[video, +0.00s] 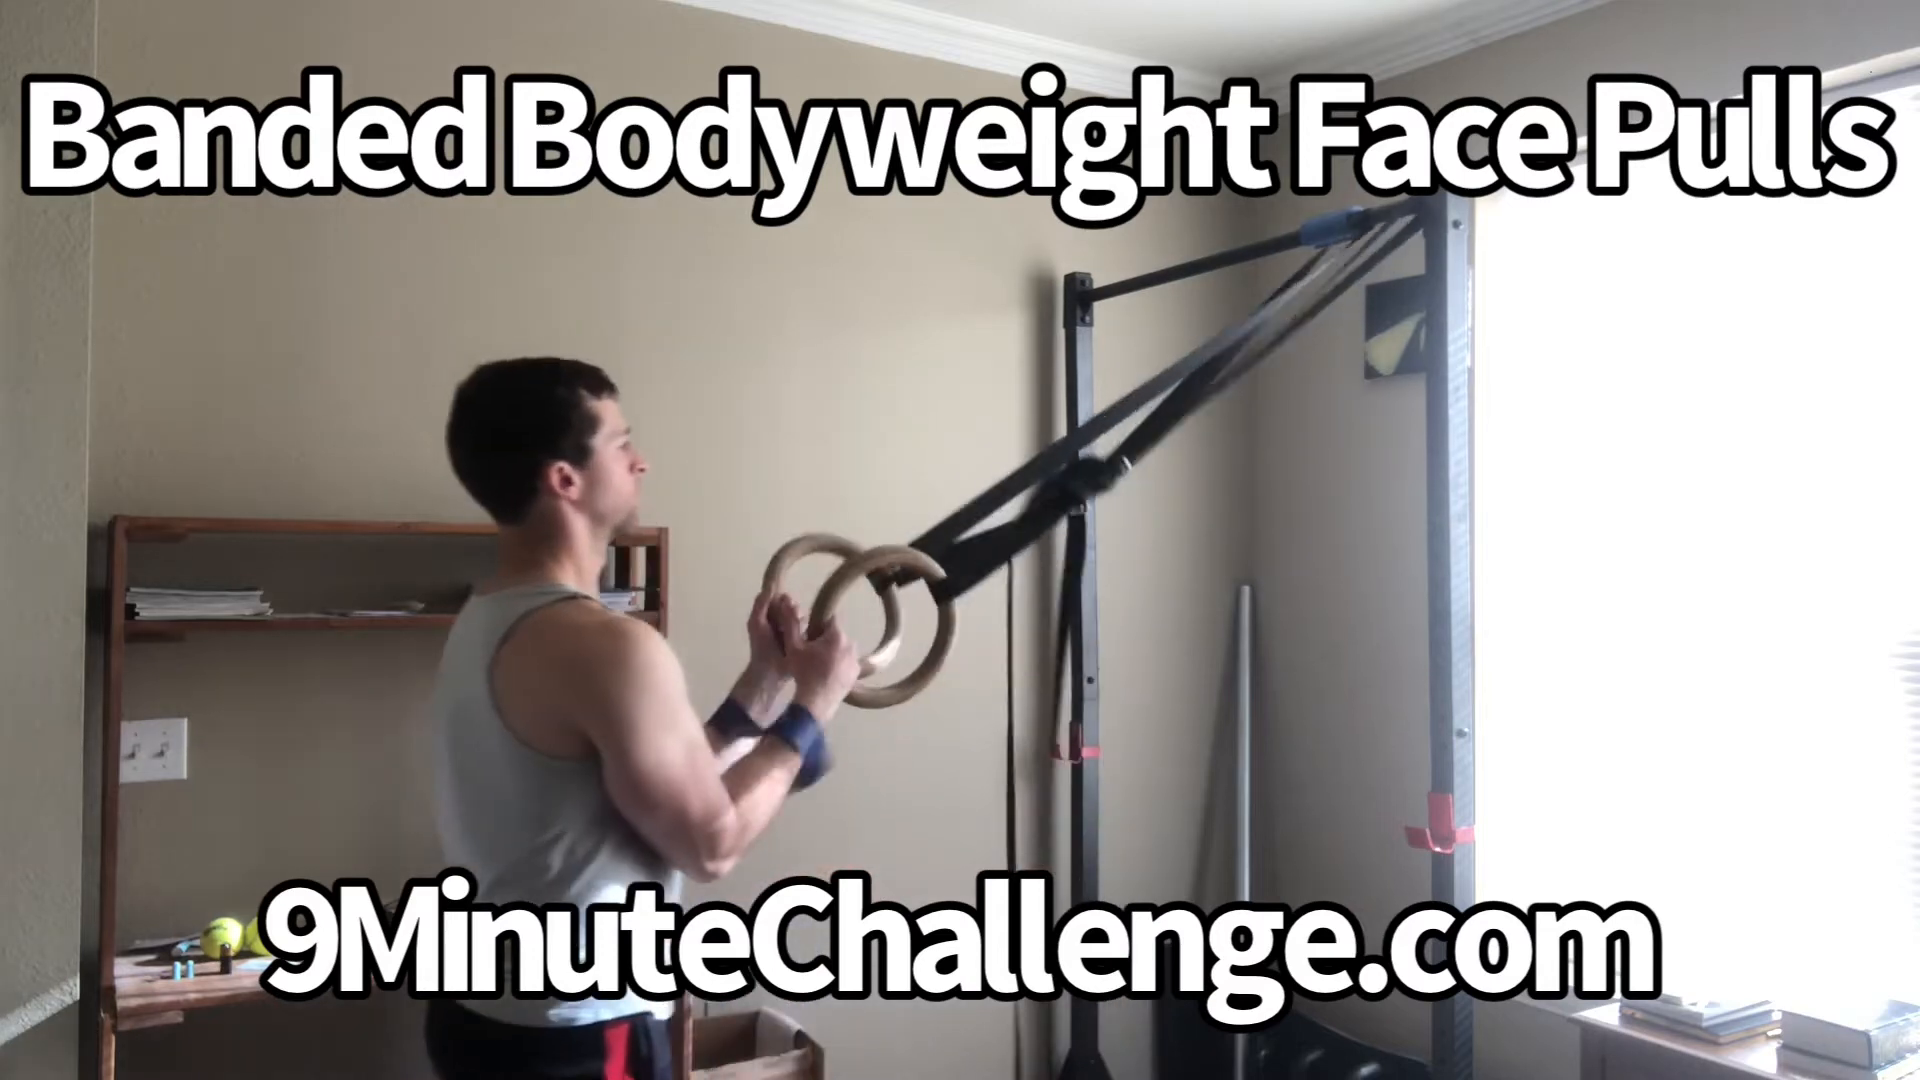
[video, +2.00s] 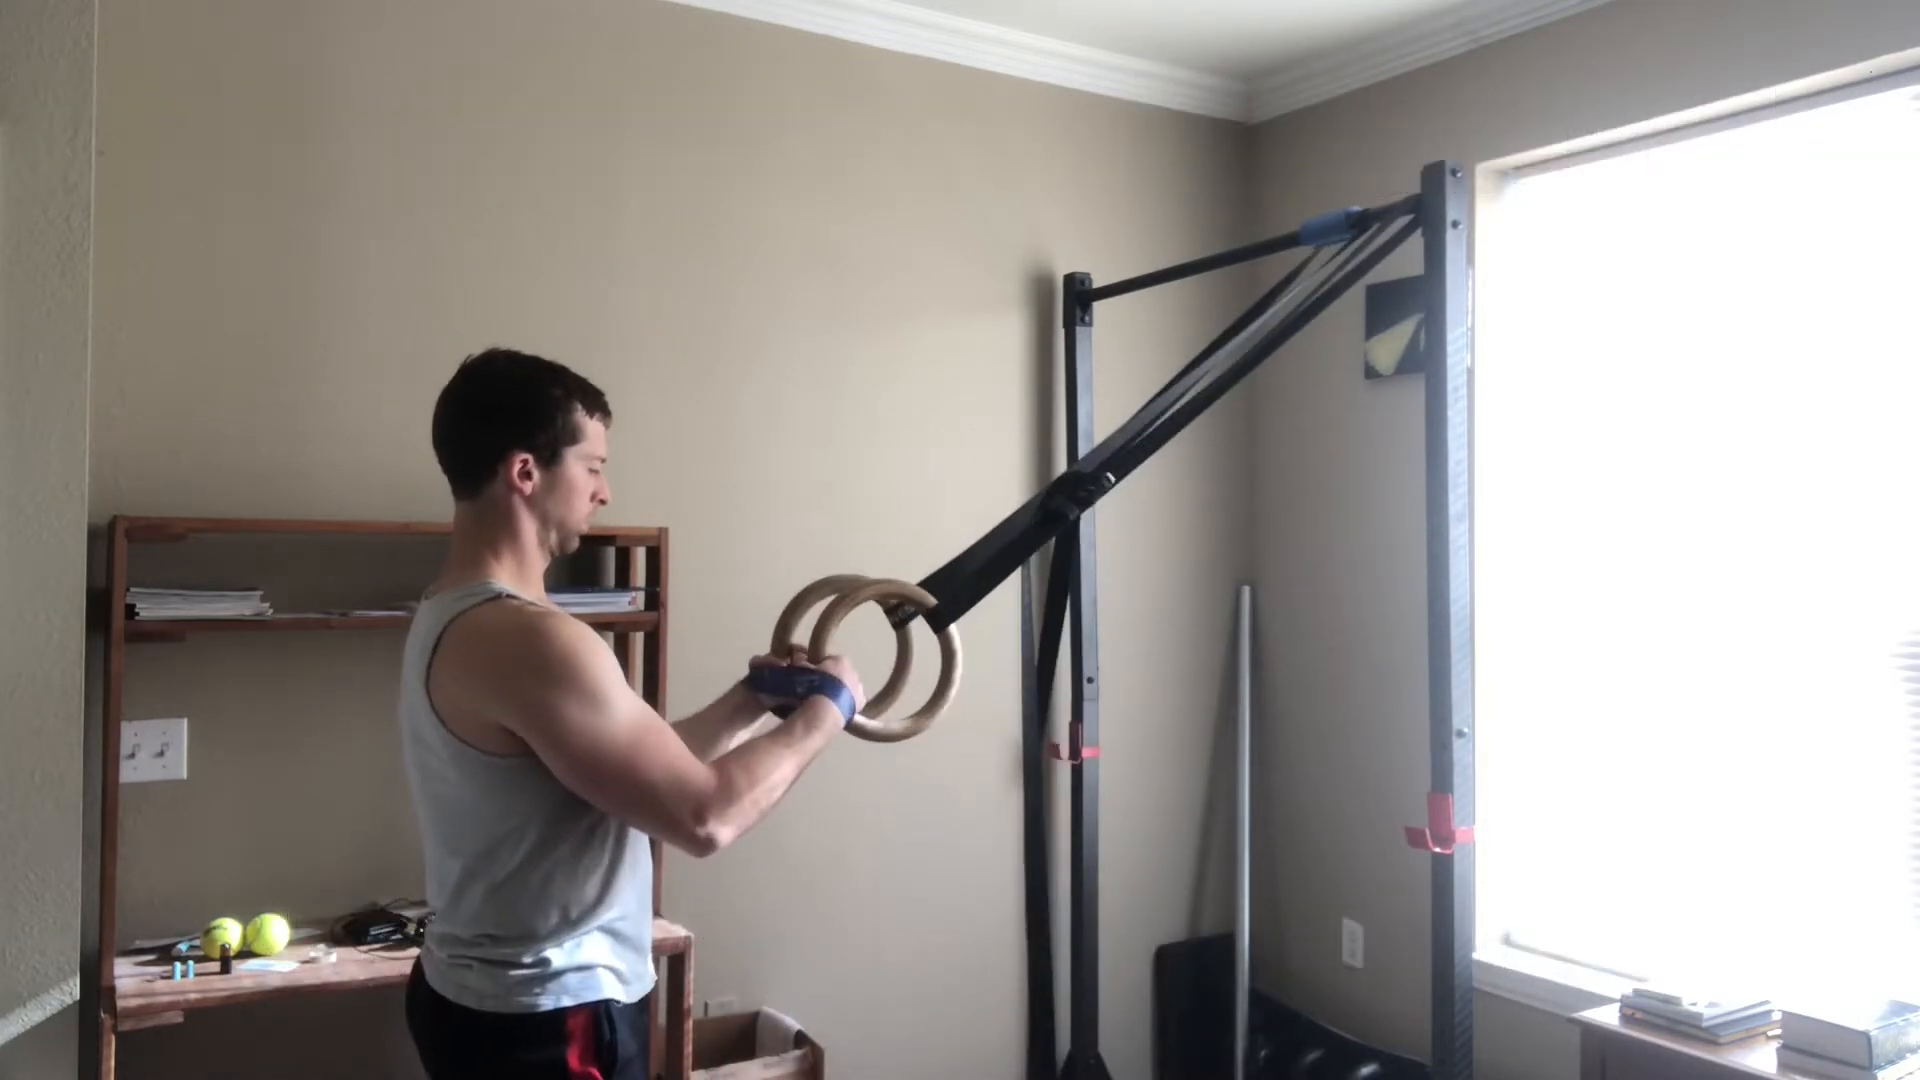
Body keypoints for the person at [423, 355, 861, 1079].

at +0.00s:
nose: (640, 462)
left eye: (628, 440)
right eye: (619, 445)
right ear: (565, 480)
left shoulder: (491, 619)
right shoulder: (611, 651)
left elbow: (641, 802)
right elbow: (710, 843)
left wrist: (762, 683)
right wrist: (812, 709)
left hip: (492, 1017)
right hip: (581, 1039)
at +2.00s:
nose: (604, 492)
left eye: (601, 470)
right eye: (591, 468)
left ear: (521, 477)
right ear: (524, 473)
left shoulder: (452, 617)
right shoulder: (531, 642)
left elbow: (623, 773)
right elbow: (705, 817)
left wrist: (750, 699)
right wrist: (825, 712)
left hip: (483, 1004)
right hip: (552, 1024)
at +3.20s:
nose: (518, 512)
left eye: (518, 486)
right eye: (506, 484)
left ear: (429, 489)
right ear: (432, 487)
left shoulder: (360, 641)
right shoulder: (448, 667)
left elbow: (577, 754)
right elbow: (677, 807)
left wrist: (727, 681)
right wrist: (816, 698)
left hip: (448, 1028)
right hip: (528, 1043)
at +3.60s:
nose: (435, 520)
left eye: (426, 491)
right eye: (415, 493)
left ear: (333, 527)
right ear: (336, 523)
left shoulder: (303, 675)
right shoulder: (367, 700)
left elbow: (536, 740)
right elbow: (627, 776)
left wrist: (704, 681)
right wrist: (788, 686)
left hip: (430, 1043)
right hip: (505, 1051)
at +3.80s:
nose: (374, 539)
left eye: (359, 515)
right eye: (346, 521)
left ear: (270, 565)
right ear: (270, 563)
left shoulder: (289, 718)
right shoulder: (337, 739)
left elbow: (548, 732)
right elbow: (613, 762)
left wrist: (712, 658)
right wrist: (780, 662)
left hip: (462, 1055)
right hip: (525, 1061)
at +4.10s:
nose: (290, 588)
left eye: (268, 563)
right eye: (254, 572)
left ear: (182, 636)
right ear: (181, 631)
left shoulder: (233, 768)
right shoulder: (292, 792)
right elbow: (578, 727)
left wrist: (714, 647)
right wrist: (760, 632)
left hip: (524, 1048)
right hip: (544, 1064)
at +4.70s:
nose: (284, 673)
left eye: (261, 654)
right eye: (251, 668)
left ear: (190, 747)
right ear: (188, 740)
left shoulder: (304, 839)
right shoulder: (341, 871)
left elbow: (542, 779)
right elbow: (617, 784)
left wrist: (741, 684)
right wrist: (791, 680)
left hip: (624, 1048)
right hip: (619, 1069)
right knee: (798, 1045)